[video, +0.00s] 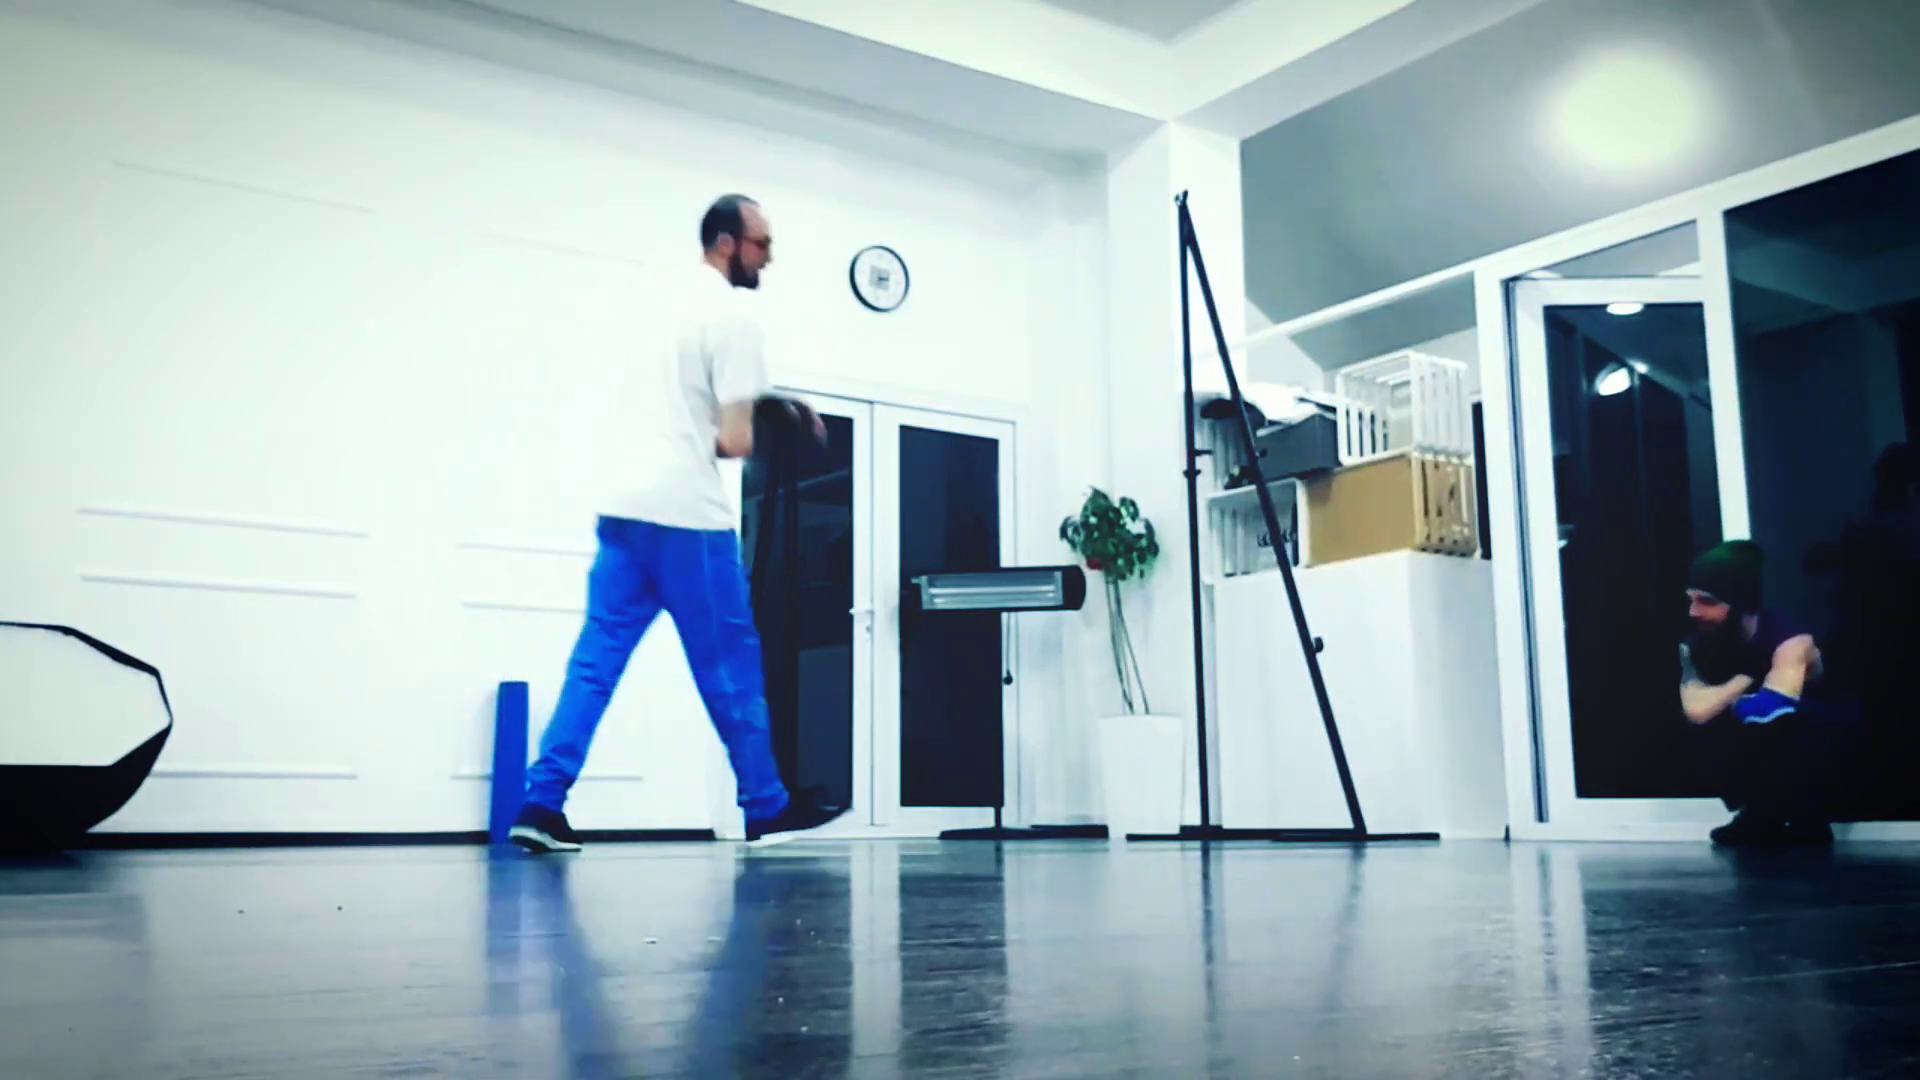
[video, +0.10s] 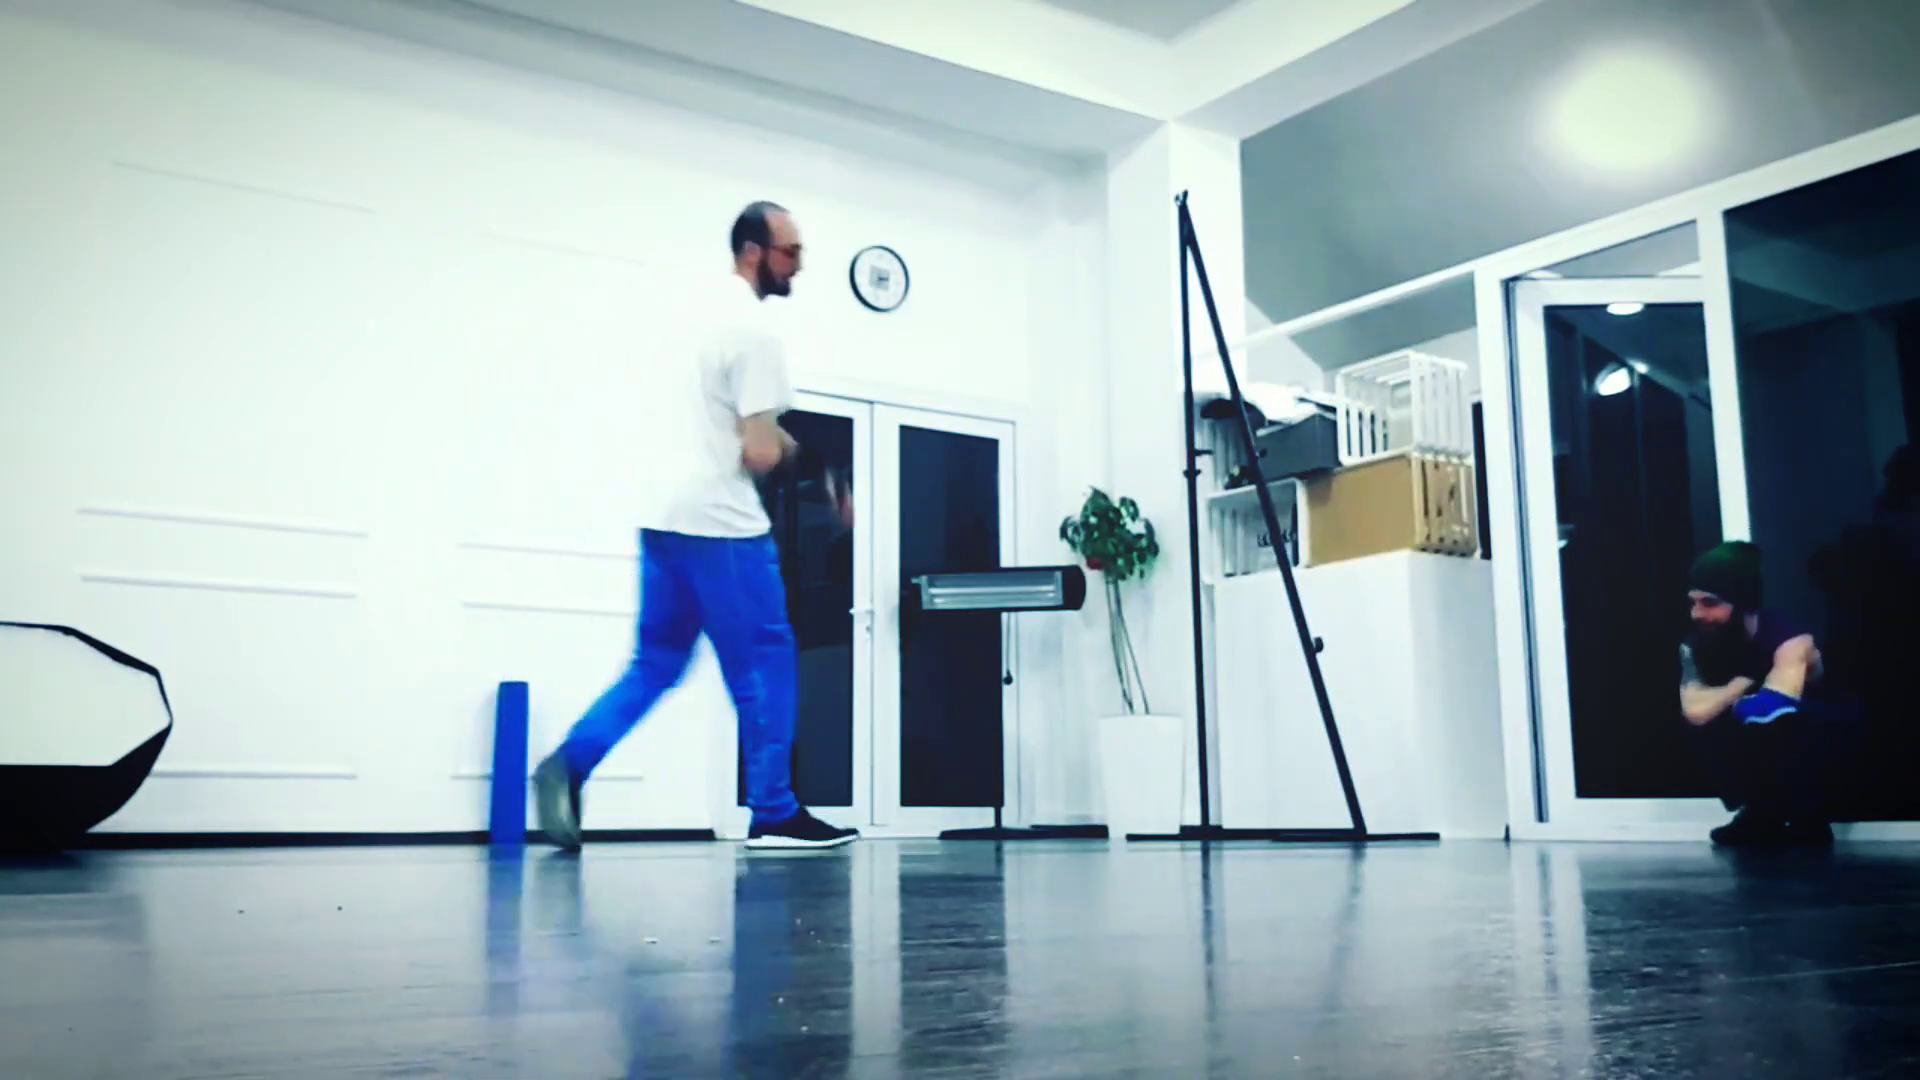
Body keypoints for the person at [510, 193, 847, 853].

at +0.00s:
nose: (768, 258)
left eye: (769, 246)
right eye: (761, 245)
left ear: (715, 244)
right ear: (724, 242)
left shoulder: (661, 296)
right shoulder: (732, 313)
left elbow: (676, 411)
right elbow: (737, 440)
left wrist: (775, 411)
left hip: (624, 502)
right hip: (688, 510)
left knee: (595, 660)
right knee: (730, 663)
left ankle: (542, 806)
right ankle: (768, 807)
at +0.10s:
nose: (798, 265)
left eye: (799, 253)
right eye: (791, 252)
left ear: (749, 254)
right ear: (751, 252)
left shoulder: (699, 312)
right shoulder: (751, 327)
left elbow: (699, 429)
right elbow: (760, 451)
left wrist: (761, 436)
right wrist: (785, 445)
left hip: (665, 515)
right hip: (721, 522)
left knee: (657, 661)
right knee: (766, 660)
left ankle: (565, 767)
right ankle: (775, 810)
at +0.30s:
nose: (831, 263)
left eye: (834, 251)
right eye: (817, 252)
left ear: (832, 252)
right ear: (784, 256)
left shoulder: (817, 330)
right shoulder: (765, 325)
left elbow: (812, 426)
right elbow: (795, 433)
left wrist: (823, 466)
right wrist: (855, 417)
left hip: (811, 521)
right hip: (758, 523)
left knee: (858, 646)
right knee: (798, 662)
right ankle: (781, 813)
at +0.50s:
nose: (851, 238)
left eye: (861, 226)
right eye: (838, 226)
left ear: (872, 230)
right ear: (814, 230)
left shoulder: (888, 326)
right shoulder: (780, 294)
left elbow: (881, 410)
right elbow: (777, 383)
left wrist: (893, 443)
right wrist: (866, 416)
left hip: (865, 493)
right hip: (789, 504)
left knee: (863, 641)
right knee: (834, 649)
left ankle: (843, 803)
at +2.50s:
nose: (948, 68)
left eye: (958, 51)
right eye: (928, 58)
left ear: (982, 57)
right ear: (905, 72)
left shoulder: (1029, 177)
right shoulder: (868, 159)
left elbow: (1039, 326)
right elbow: (811, 289)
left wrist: (1020, 260)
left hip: (978, 408)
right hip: (883, 391)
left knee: (984, 604)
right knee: (927, 524)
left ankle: (879, 772)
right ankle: (920, 775)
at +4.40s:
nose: (867, 98)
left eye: (872, 83)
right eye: (859, 77)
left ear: (811, 68)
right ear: (808, 61)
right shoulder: (776, 105)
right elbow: (749, 200)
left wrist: (863, 317)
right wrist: (712, 343)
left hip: (640, 367)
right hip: (697, 366)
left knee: (627, 594)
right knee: (801, 561)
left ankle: (519, 792)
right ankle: (880, 787)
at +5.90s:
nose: (972, 78)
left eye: (989, 67)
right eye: (959, 61)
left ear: (1005, 84)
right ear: (928, 67)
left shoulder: (1021, 202)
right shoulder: (861, 143)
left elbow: (1012, 333)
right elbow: (862, 243)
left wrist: (1013, 441)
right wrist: (987, 176)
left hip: (951, 412)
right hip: (850, 409)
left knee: (903, 576)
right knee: (808, 612)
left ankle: (944, 780)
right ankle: (937, 729)